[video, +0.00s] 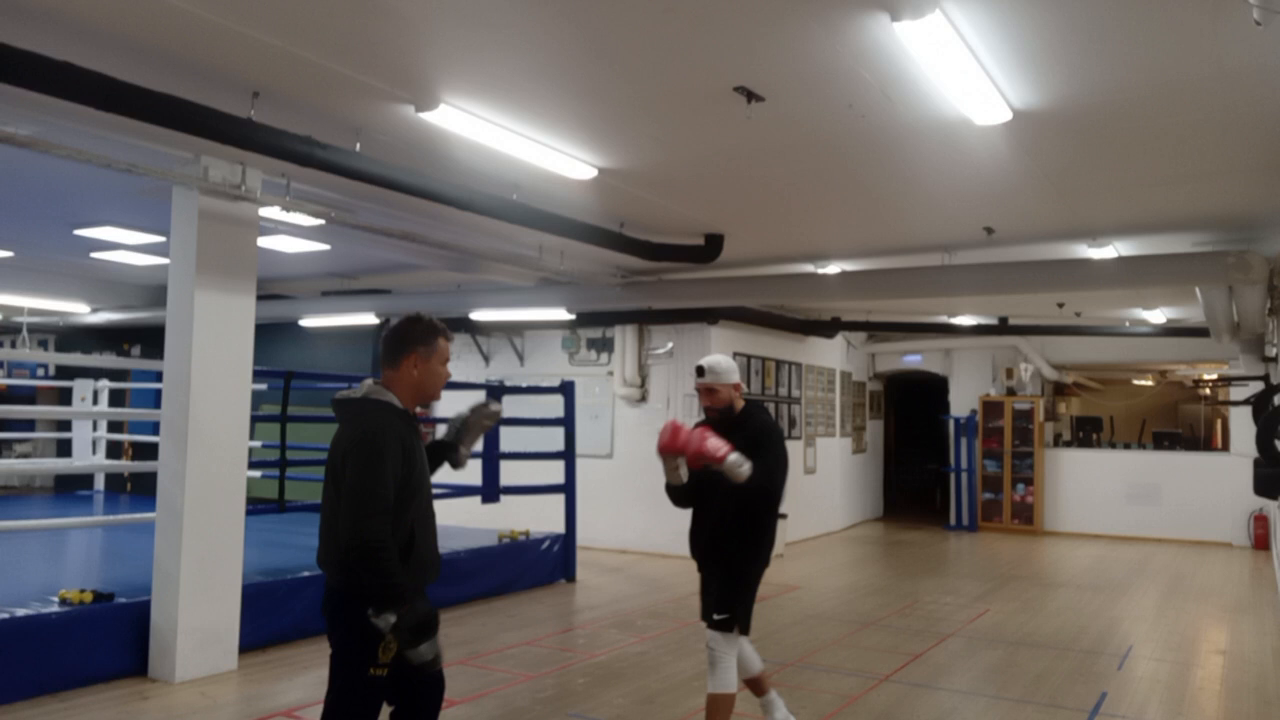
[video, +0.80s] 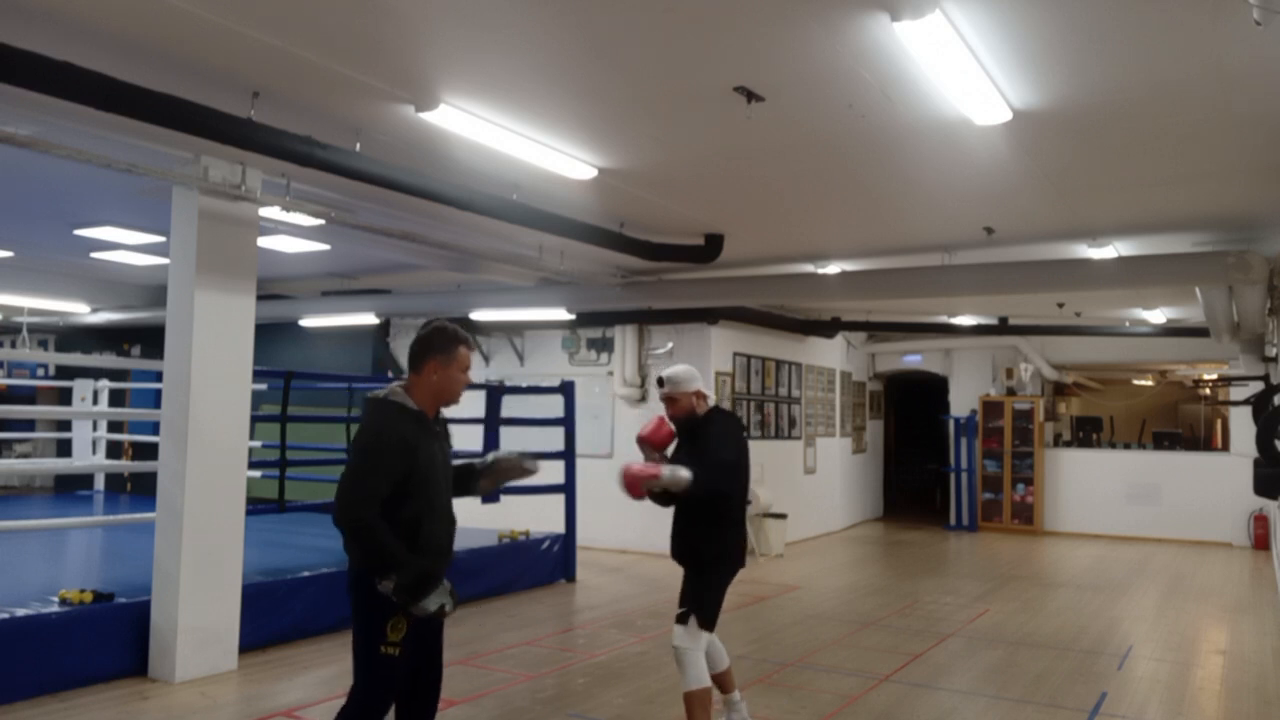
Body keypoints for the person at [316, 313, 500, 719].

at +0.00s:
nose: (448, 374)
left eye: (448, 363)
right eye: (444, 362)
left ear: (413, 364)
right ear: (415, 363)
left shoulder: (386, 416)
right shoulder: (380, 423)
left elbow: (397, 481)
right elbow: (372, 530)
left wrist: (451, 443)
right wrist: (405, 613)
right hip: (372, 599)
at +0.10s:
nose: (445, 372)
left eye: (445, 361)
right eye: (441, 360)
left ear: (410, 362)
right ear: (413, 361)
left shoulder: (381, 413)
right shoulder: (378, 421)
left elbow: (393, 469)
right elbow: (374, 526)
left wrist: (445, 431)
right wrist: (426, 601)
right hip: (370, 594)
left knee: (424, 684)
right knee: (356, 701)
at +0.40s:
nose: (458, 377)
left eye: (457, 367)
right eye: (452, 366)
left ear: (421, 367)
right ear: (421, 366)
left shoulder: (414, 417)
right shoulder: (379, 423)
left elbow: (428, 455)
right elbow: (369, 533)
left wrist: (467, 417)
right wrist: (440, 595)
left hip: (420, 588)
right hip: (381, 590)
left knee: (424, 696)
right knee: (372, 701)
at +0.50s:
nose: (470, 379)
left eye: (470, 369)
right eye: (465, 368)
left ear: (435, 371)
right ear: (433, 370)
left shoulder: (434, 417)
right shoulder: (389, 425)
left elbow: (469, 429)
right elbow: (368, 523)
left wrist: (506, 410)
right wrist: (420, 591)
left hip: (428, 583)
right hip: (384, 586)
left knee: (426, 697)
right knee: (376, 698)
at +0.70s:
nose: (475, 380)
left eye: (476, 370)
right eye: (469, 370)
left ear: (442, 370)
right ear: (438, 369)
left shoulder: (447, 416)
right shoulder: (391, 420)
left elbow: (470, 452)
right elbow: (357, 511)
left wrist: (522, 447)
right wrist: (415, 582)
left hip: (428, 578)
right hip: (385, 581)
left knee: (424, 696)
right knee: (381, 695)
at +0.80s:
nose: (468, 381)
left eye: (469, 371)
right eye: (463, 370)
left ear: (434, 371)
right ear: (433, 370)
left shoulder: (430, 418)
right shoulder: (387, 420)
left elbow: (428, 484)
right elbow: (350, 509)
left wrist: (482, 476)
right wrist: (402, 577)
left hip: (423, 583)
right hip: (381, 585)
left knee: (420, 700)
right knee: (372, 698)